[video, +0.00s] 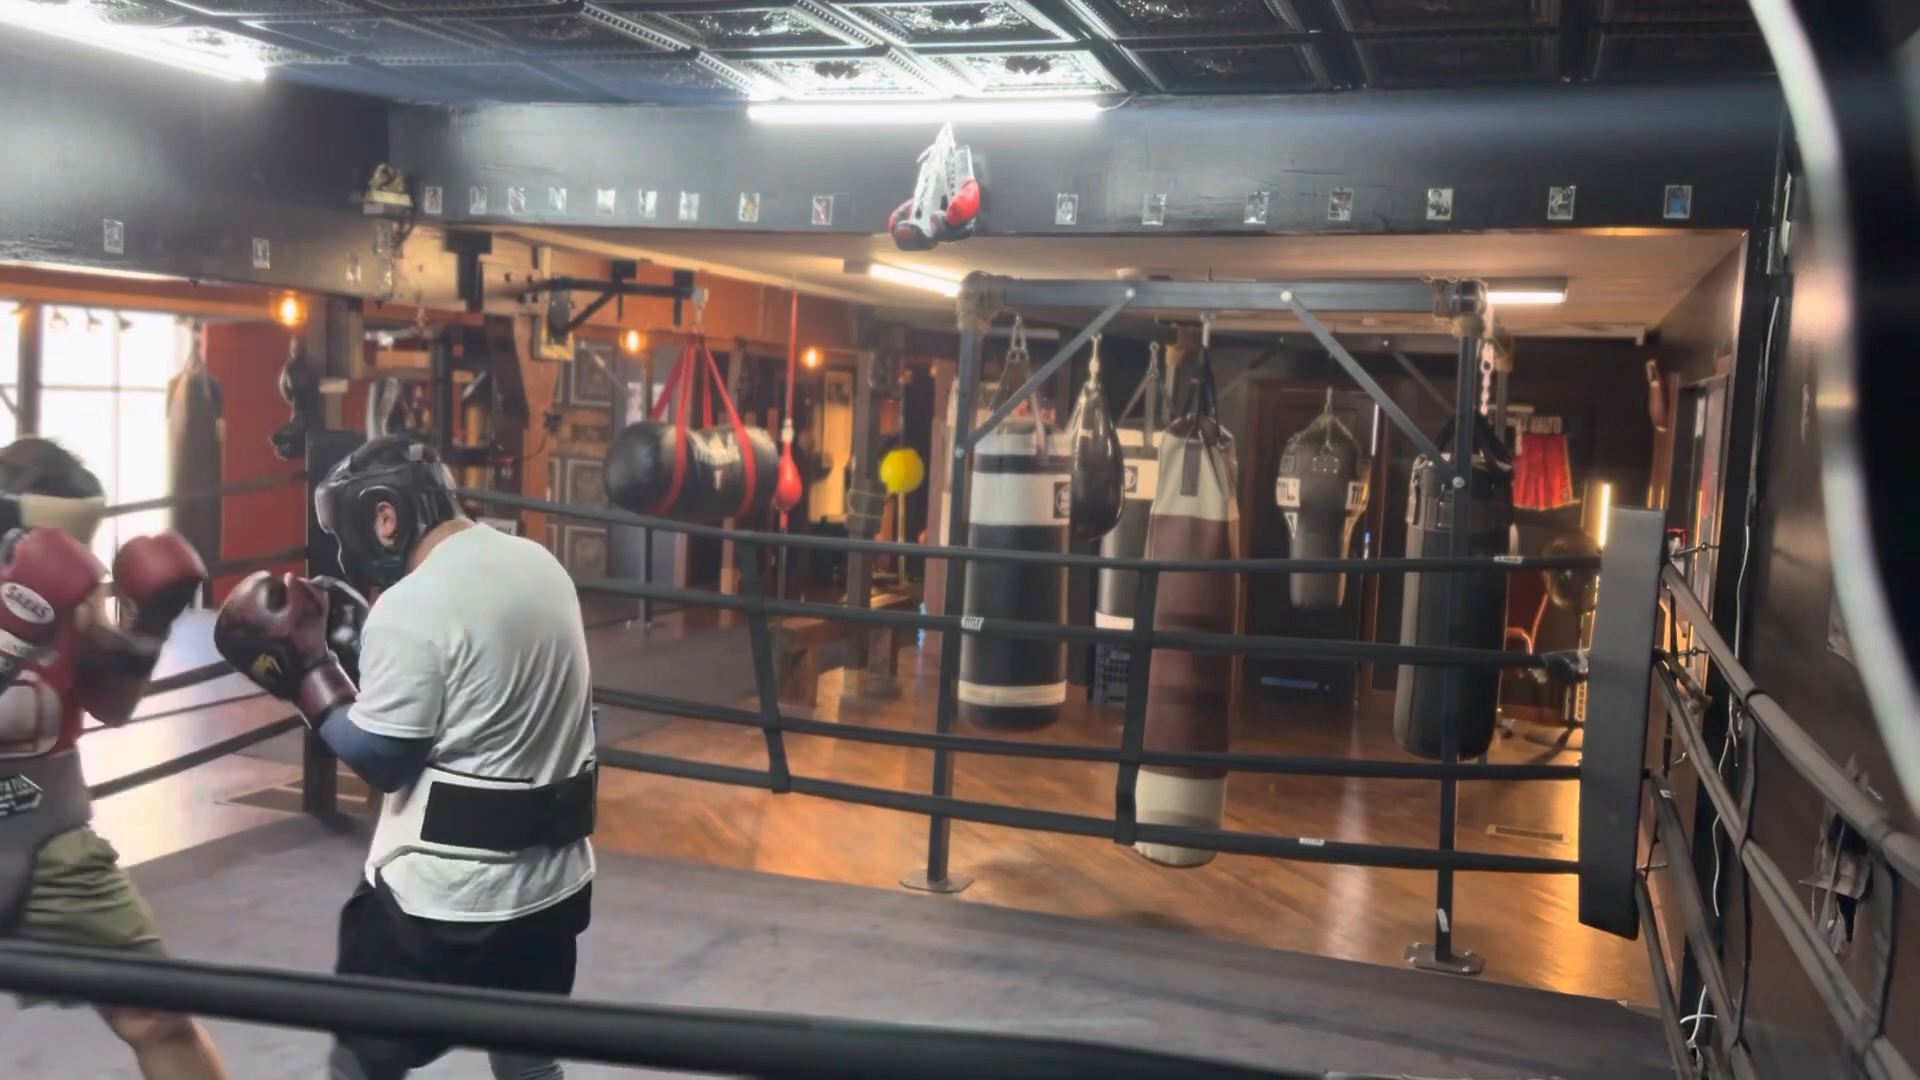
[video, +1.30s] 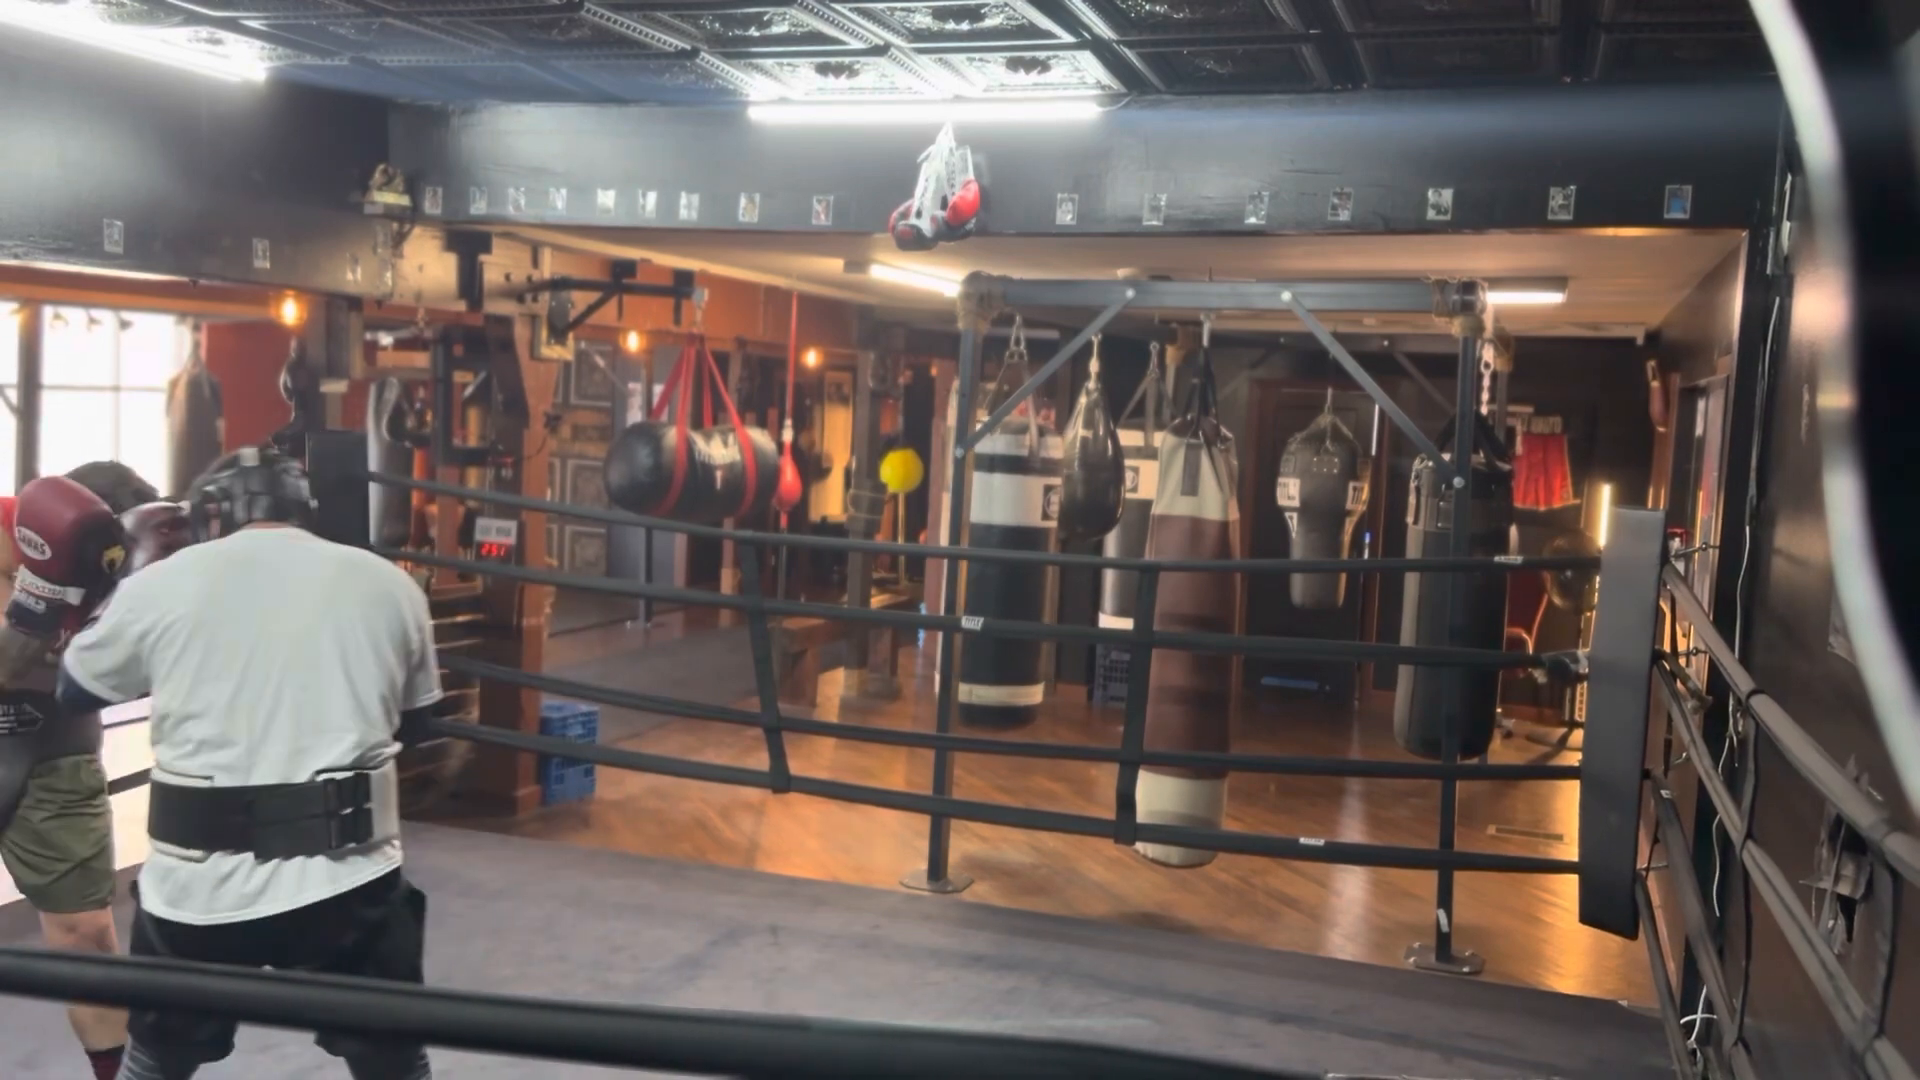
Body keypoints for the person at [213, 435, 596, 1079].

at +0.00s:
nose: (348, 547)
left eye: (348, 528)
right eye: (342, 531)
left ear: (388, 517)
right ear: (443, 501)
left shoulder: (411, 610)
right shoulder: (541, 565)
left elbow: (384, 763)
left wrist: (308, 668)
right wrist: (365, 639)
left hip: (443, 901)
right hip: (553, 890)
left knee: (363, 1060)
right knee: (530, 1062)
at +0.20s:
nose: (337, 540)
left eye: (336, 522)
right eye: (331, 526)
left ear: (377, 503)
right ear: (434, 496)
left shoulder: (374, 583)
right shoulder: (536, 570)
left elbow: (311, 720)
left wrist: (244, 662)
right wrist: (306, 629)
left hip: (394, 885)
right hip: (524, 881)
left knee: (291, 1058)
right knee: (530, 1063)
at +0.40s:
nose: (261, 534)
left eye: (262, 515)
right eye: (258, 515)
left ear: (293, 511)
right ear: (366, 501)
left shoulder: (261, 594)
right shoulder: (474, 582)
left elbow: (127, 678)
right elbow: (492, 704)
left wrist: (119, 592)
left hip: (313, 928)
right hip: (468, 914)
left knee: (264, 1066)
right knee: (496, 1066)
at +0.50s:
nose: (211, 533)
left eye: (214, 517)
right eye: (211, 517)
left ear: (240, 514)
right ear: (322, 498)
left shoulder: (212, 588)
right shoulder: (419, 567)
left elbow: (128, 702)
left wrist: (109, 618)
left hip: (276, 925)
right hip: (429, 911)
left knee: (212, 1065)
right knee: (467, 1066)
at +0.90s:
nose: (222, 511)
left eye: (225, 496)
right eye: (223, 498)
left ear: (244, 494)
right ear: (335, 489)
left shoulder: (196, 577)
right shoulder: (431, 568)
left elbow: (103, 654)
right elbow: (453, 708)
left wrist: (28, 607)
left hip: (242, 917)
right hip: (400, 910)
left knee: (216, 1065)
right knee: (427, 1066)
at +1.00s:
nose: (255, 508)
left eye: (260, 494)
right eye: (258, 495)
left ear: (277, 494)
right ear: (369, 497)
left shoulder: (211, 583)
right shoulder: (450, 580)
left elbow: (159, 728)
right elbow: (466, 725)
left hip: (240, 896)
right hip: (393, 895)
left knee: (204, 1062)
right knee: (420, 1063)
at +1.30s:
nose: (194, 529)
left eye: (199, 518)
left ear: (216, 515)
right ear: (303, 511)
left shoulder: (164, 587)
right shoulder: (389, 585)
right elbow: (418, 725)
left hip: (199, 896)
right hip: (350, 894)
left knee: (154, 1061)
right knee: (395, 1066)